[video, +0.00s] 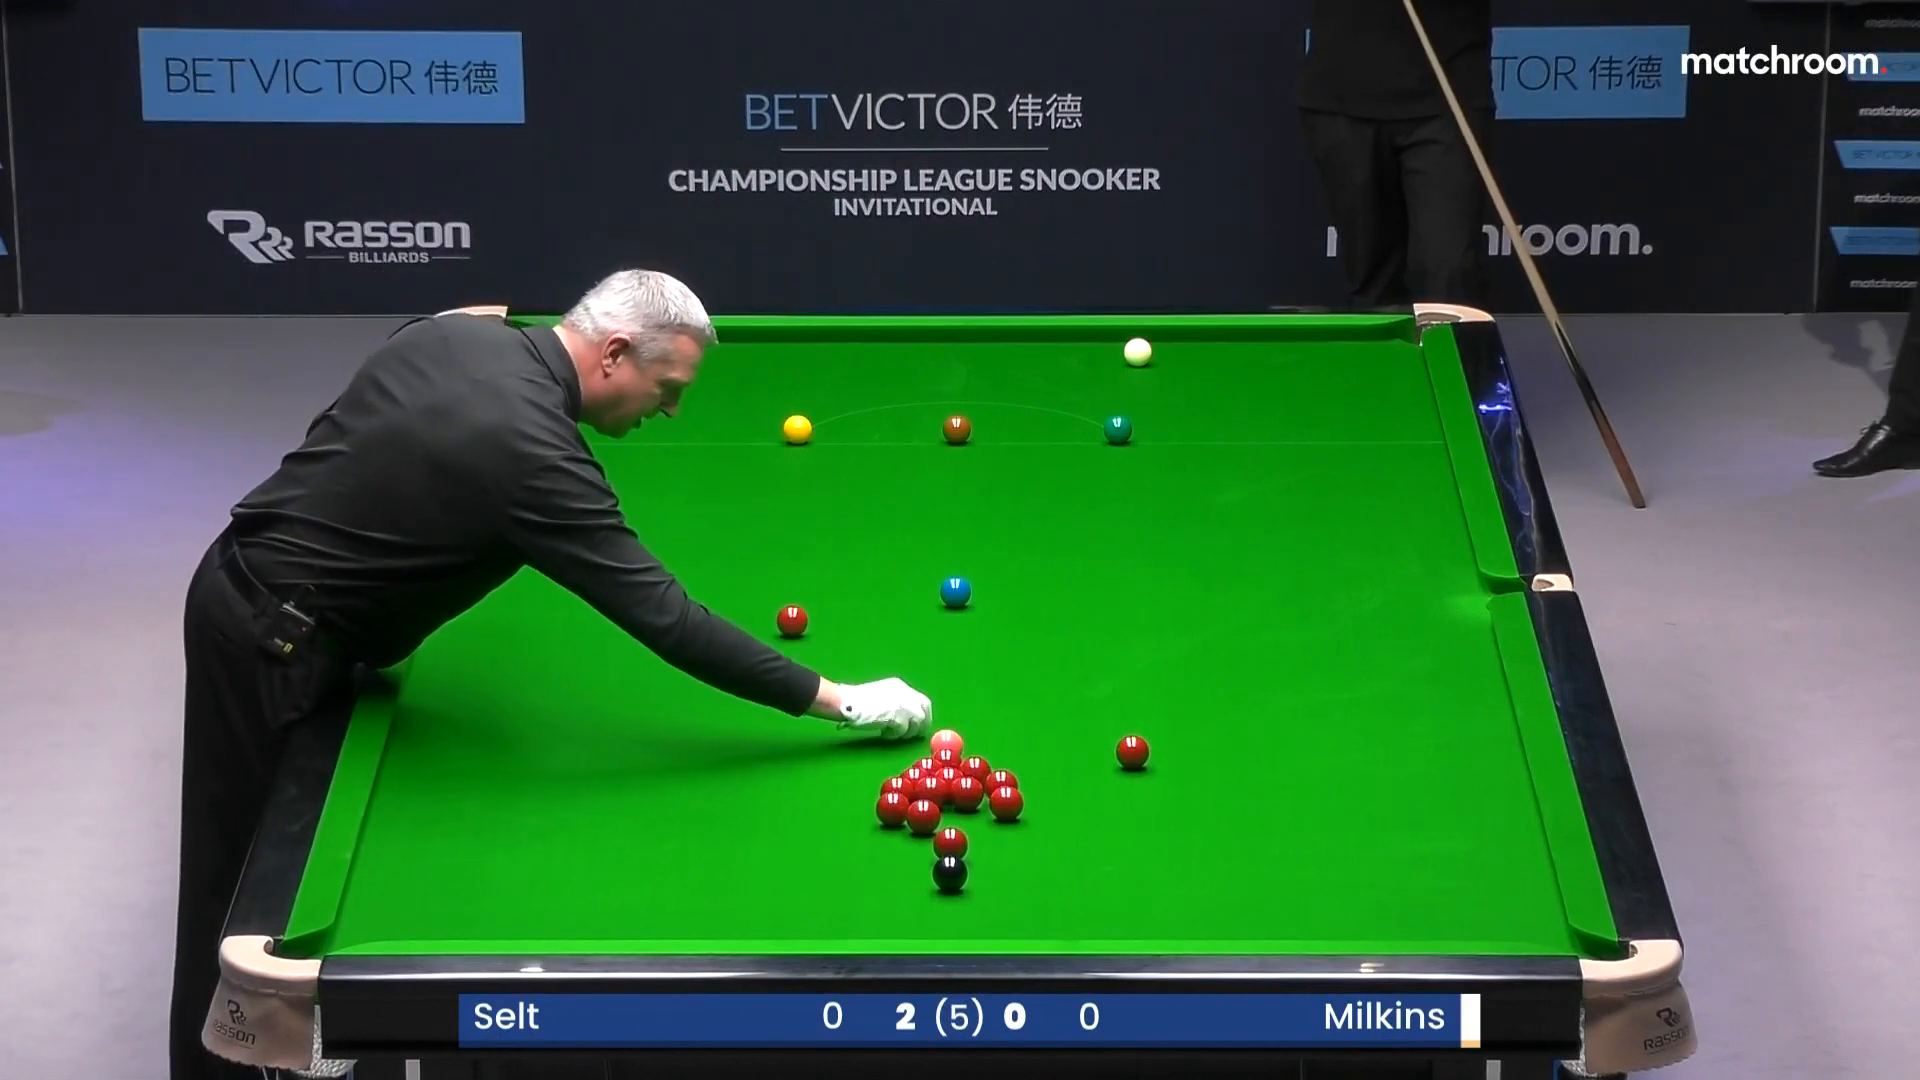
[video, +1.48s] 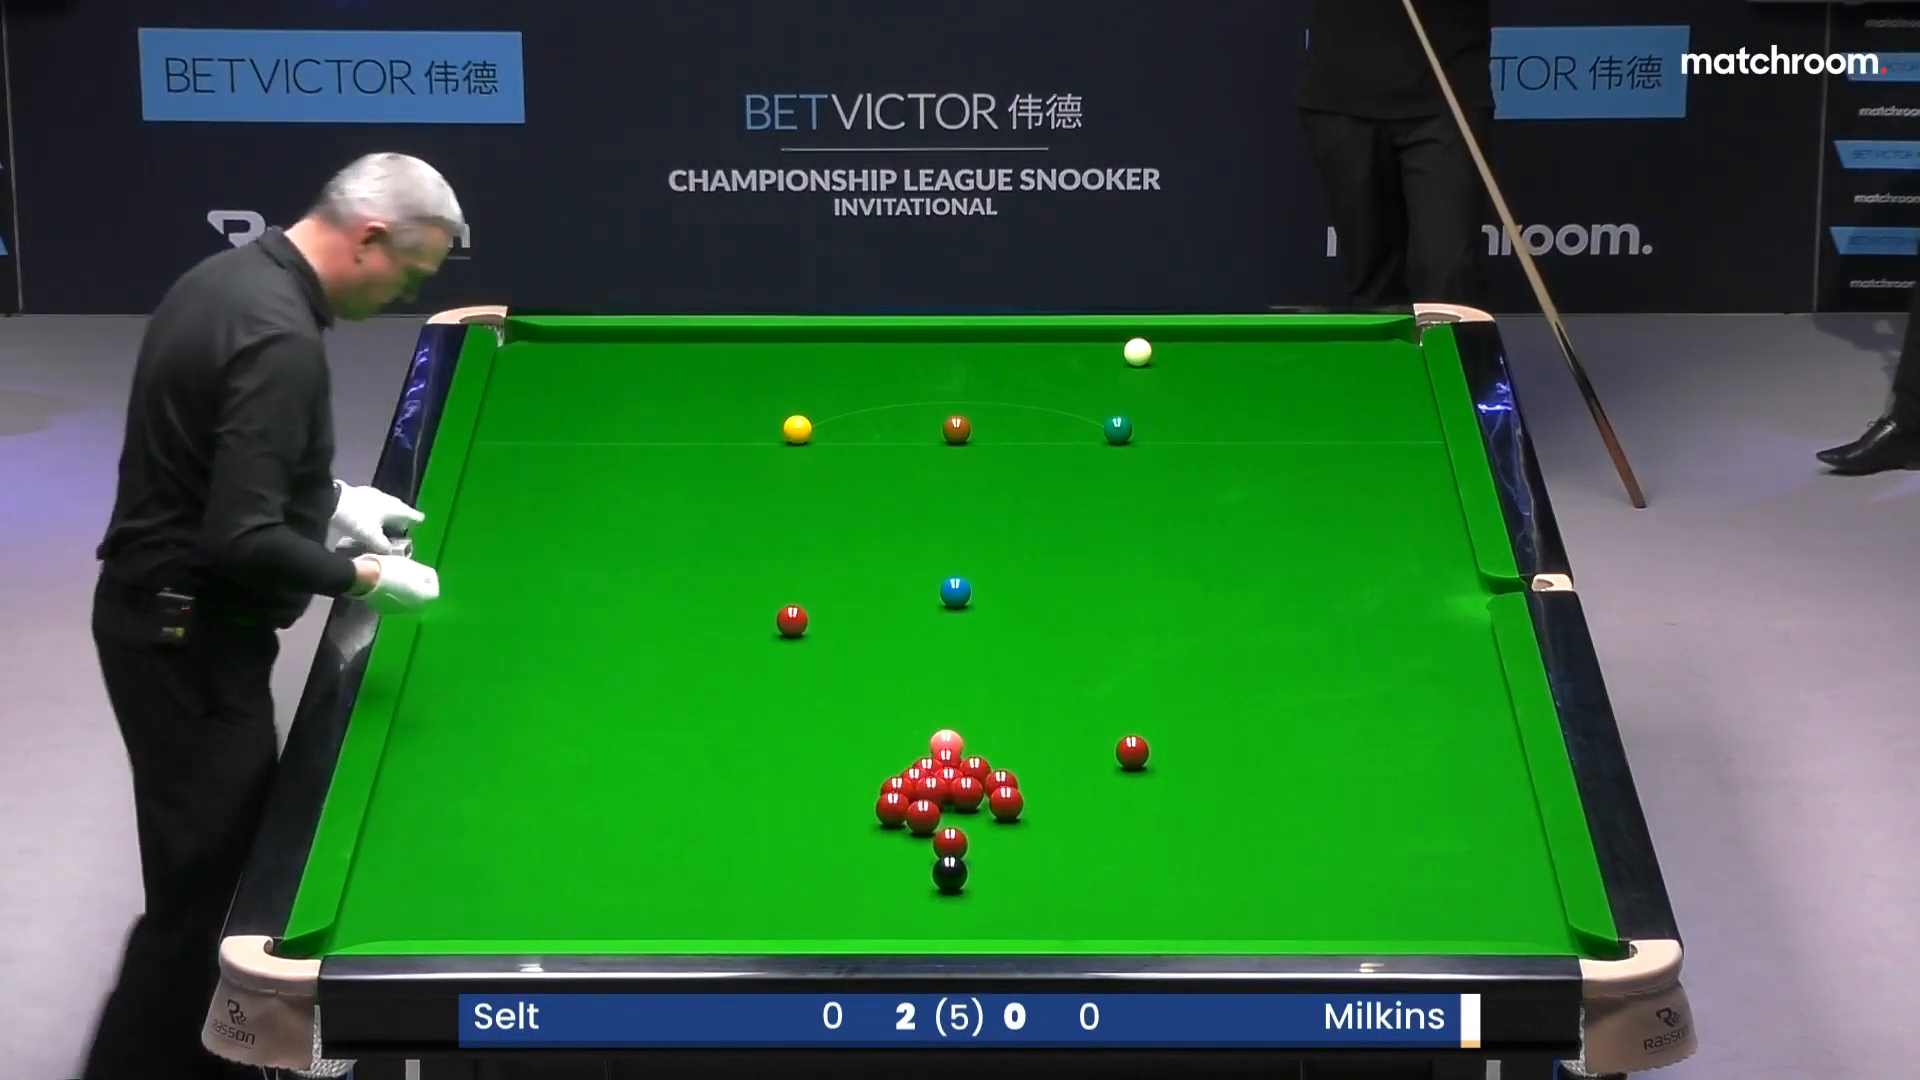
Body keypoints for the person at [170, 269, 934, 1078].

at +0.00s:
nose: (664, 410)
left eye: (674, 395)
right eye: (665, 390)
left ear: (594, 340)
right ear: (610, 355)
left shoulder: (452, 331)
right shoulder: (539, 454)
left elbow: (336, 439)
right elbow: (665, 616)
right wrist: (832, 695)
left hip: (240, 585)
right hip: (281, 638)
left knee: (242, 867)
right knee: (250, 883)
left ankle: (227, 1043)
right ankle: (215, 1052)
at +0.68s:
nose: (652, 389)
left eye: (660, 373)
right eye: (650, 368)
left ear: (579, 318)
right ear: (592, 331)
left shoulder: (438, 323)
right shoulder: (516, 430)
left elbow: (324, 448)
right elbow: (573, 651)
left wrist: (365, 610)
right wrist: (734, 660)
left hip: (241, 590)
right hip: (279, 636)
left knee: (236, 880)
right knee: (250, 894)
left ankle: (215, 1054)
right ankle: (215, 1060)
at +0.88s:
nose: (587, 356)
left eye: (600, 340)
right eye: (599, 338)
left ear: (521, 272)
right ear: (570, 307)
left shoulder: (391, 306)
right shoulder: (472, 410)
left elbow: (298, 445)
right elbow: (447, 612)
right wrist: (593, 630)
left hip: (225, 598)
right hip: (270, 638)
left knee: (236, 869)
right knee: (248, 883)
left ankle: (217, 1050)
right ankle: (214, 1057)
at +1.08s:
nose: (526, 307)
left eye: (533, 291)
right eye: (534, 292)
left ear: (452, 228)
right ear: (514, 282)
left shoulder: (329, 286)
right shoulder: (406, 369)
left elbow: (264, 448)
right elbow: (337, 556)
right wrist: (463, 596)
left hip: (207, 603)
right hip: (258, 635)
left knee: (225, 856)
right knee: (246, 867)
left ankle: (212, 1051)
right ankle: (217, 1059)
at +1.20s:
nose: (486, 298)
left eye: (497, 282)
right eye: (495, 280)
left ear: (411, 220)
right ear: (472, 263)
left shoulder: (298, 281)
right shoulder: (371, 349)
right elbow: (304, 540)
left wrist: (440, 317)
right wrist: (417, 584)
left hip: (194, 608)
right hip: (245, 634)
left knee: (217, 856)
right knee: (242, 866)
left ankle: (208, 1052)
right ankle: (215, 1060)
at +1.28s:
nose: (460, 296)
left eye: (473, 279)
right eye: (470, 277)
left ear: (391, 221)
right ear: (441, 250)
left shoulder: (280, 278)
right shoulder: (347, 343)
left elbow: (268, 430)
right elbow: (291, 535)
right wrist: (402, 580)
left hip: (183, 608)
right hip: (231, 633)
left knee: (212, 854)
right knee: (234, 865)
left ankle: (207, 1053)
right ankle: (212, 1061)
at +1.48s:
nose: (401, 296)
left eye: (415, 280)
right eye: (409, 274)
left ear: (354, 224)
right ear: (366, 235)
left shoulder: (230, 279)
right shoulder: (280, 337)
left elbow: (223, 444)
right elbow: (241, 535)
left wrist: (333, 498)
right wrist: (359, 574)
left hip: (156, 615)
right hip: (190, 639)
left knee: (205, 874)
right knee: (207, 892)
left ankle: (153, 1058)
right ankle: (140, 1066)